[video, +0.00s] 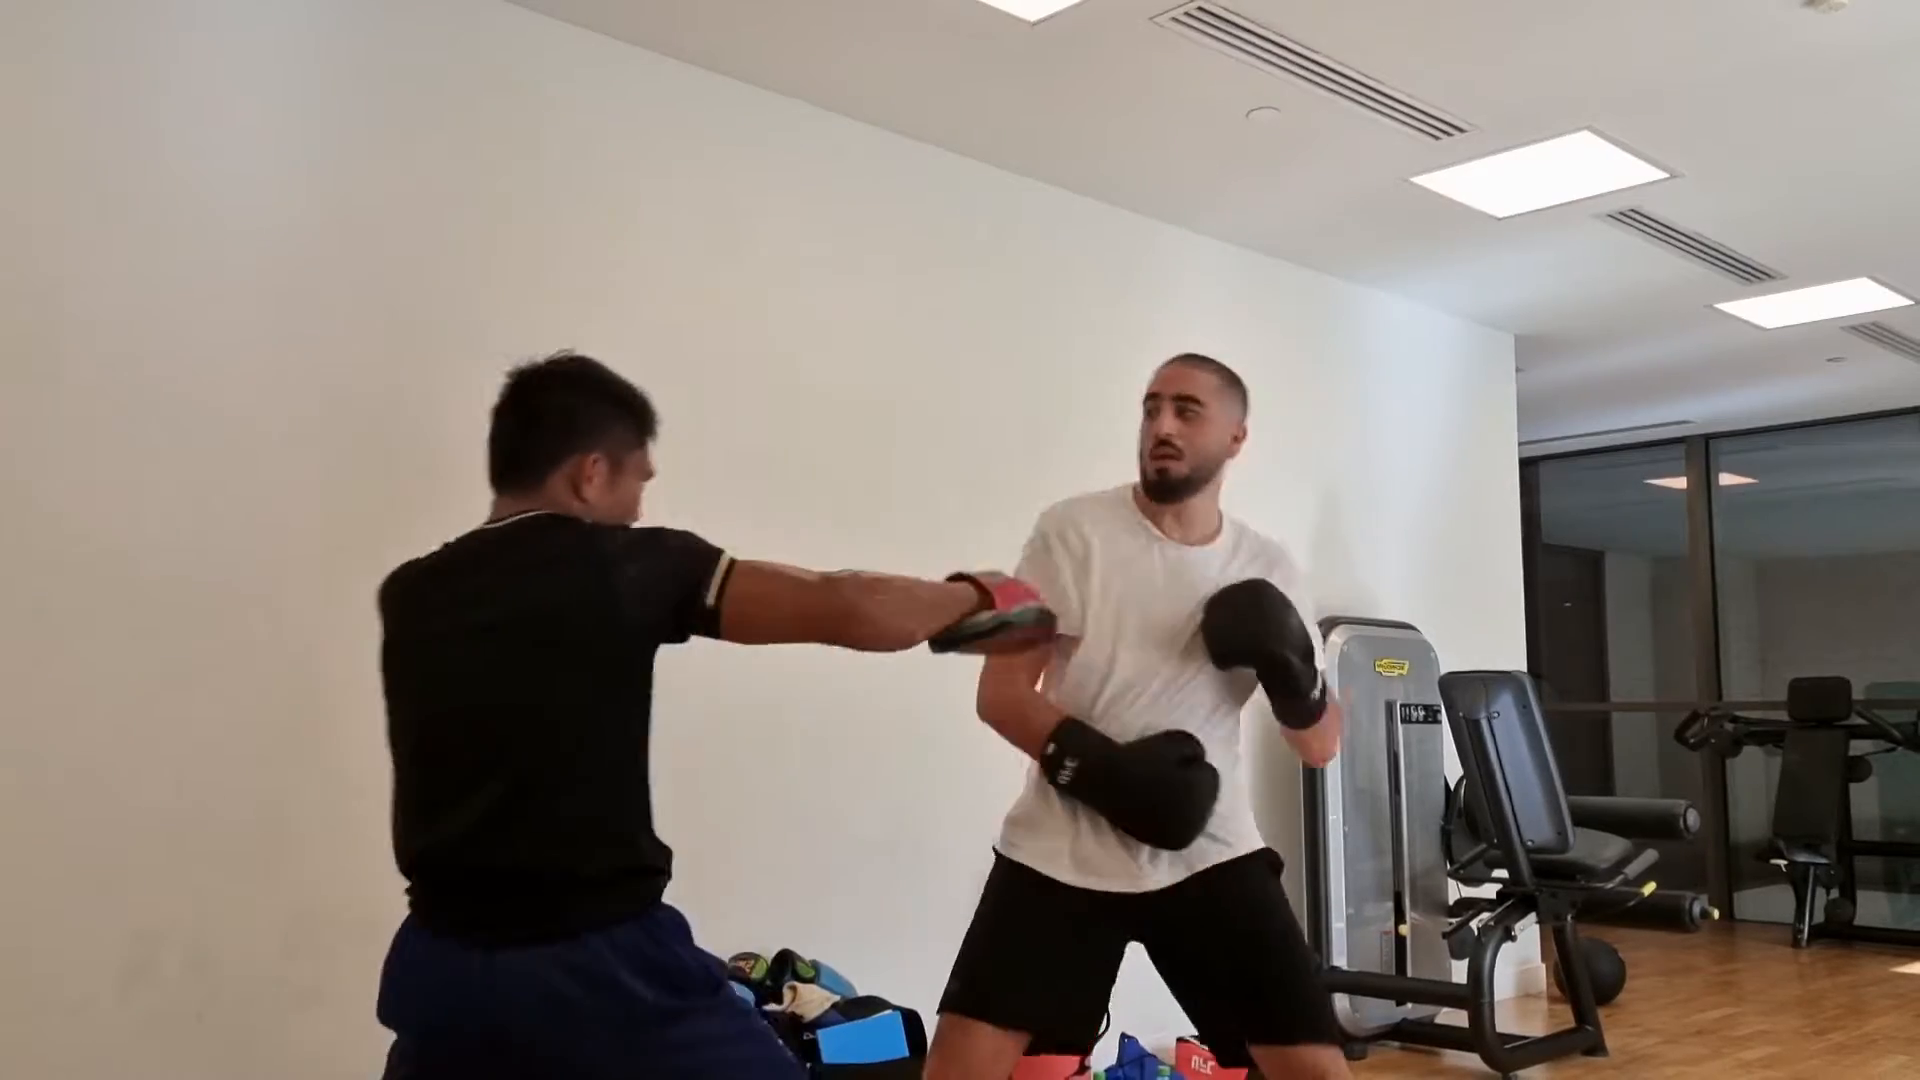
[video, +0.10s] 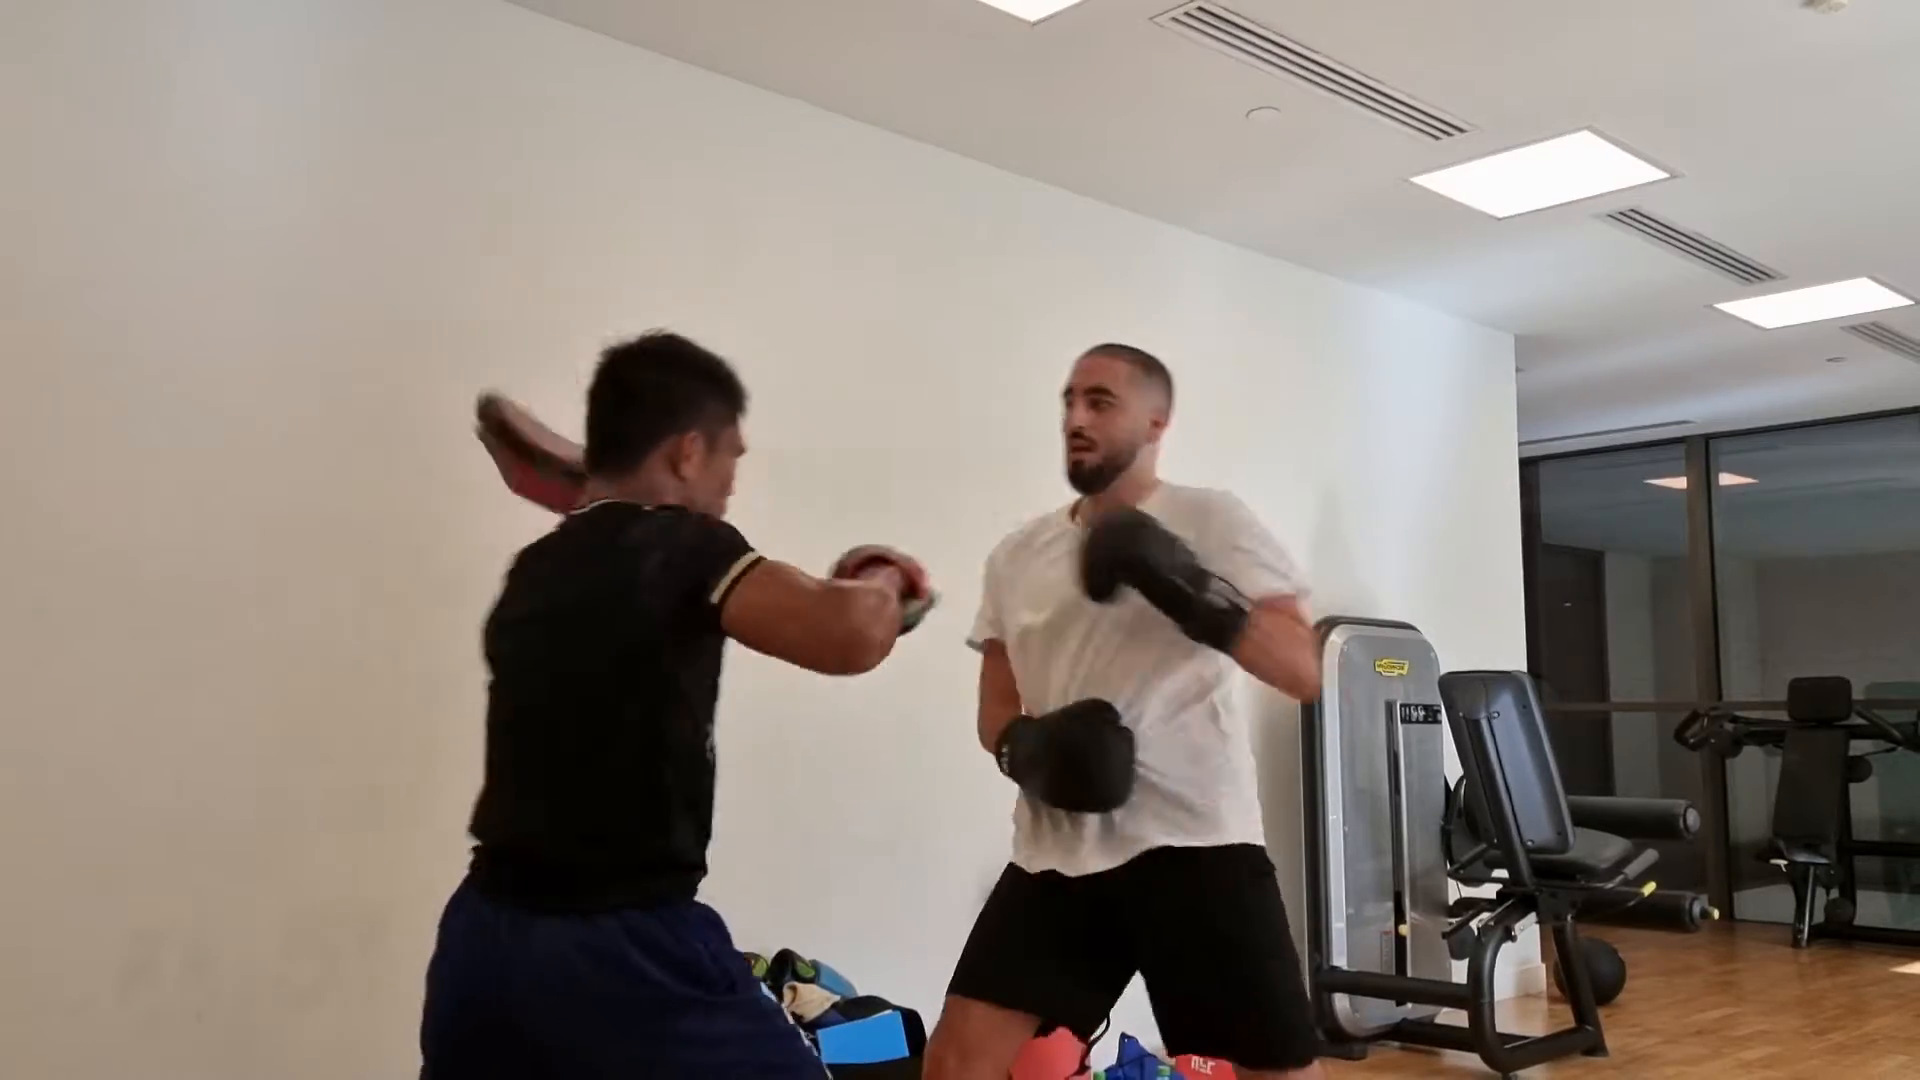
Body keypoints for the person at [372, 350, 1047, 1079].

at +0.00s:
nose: (643, 507)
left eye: (649, 486)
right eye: (642, 484)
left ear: (505, 477)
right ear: (588, 475)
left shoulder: (408, 593)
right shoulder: (626, 565)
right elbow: (841, 609)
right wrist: (972, 596)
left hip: (443, 984)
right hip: (616, 979)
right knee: (772, 1062)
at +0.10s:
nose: (733, 489)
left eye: (738, 463)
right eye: (733, 461)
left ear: (599, 455)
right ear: (686, 455)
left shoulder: (533, 567)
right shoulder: (681, 547)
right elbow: (853, 639)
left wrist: (836, 590)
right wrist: (881, 582)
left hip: (484, 944)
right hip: (637, 954)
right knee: (786, 1061)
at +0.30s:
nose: (776, 479)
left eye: (780, 459)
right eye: (776, 458)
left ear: (648, 448)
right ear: (737, 456)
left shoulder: (553, 572)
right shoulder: (748, 544)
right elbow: (920, 644)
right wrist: (814, 592)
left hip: (544, 950)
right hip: (708, 946)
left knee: (507, 1063)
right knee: (855, 1061)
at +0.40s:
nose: (752, 478)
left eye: (756, 461)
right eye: (753, 460)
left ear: (623, 455)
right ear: (718, 453)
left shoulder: (521, 562)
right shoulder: (769, 534)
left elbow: (445, 679)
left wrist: (553, 643)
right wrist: (885, 576)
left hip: (544, 939)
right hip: (734, 939)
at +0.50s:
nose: (747, 483)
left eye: (748, 461)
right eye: (746, 459)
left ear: (616, 461)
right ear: (711, 457)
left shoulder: (519, 561)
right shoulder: (768, 540)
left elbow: (421, 628)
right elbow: (917, 541)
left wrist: (498, 579)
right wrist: (977, 536)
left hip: (547, 940)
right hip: (730, 939)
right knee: (861, 1053)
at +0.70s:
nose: (834, 464)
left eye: (837, 444)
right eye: (833, 442)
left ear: (709, 434)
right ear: (796, 440)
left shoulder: (649, 559)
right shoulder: (763, 548)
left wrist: (824, 617)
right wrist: (907, 626)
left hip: (618, 921)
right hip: (750, 933)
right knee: (909, 1063)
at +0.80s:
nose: (857, 464)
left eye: (861, 443)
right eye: (858, 442)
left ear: (732, 436)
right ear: (821, 438)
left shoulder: (664, 562)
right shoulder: (791, 545)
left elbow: (788, 680)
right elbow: (915, 704)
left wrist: (871, 554)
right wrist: (1013, 646)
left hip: (626, 919)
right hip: (765, 931)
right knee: (920, 1065)